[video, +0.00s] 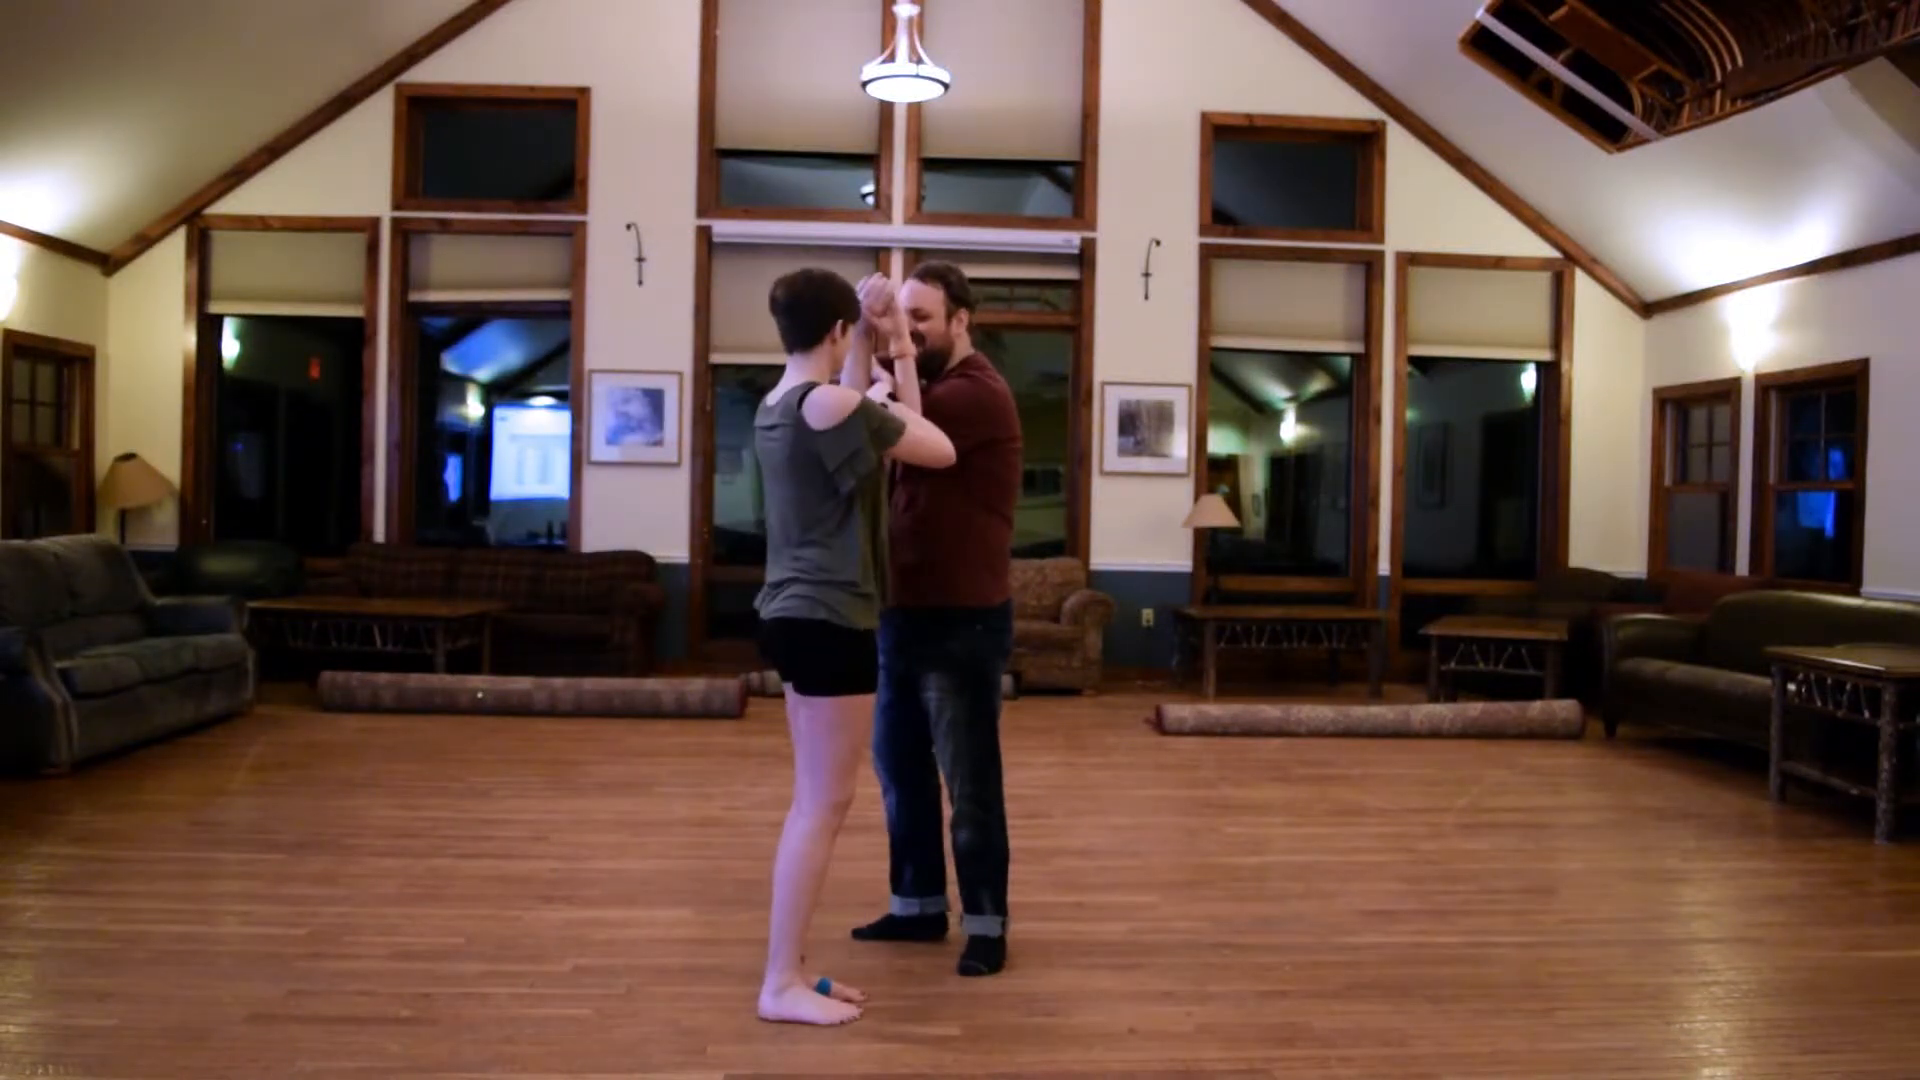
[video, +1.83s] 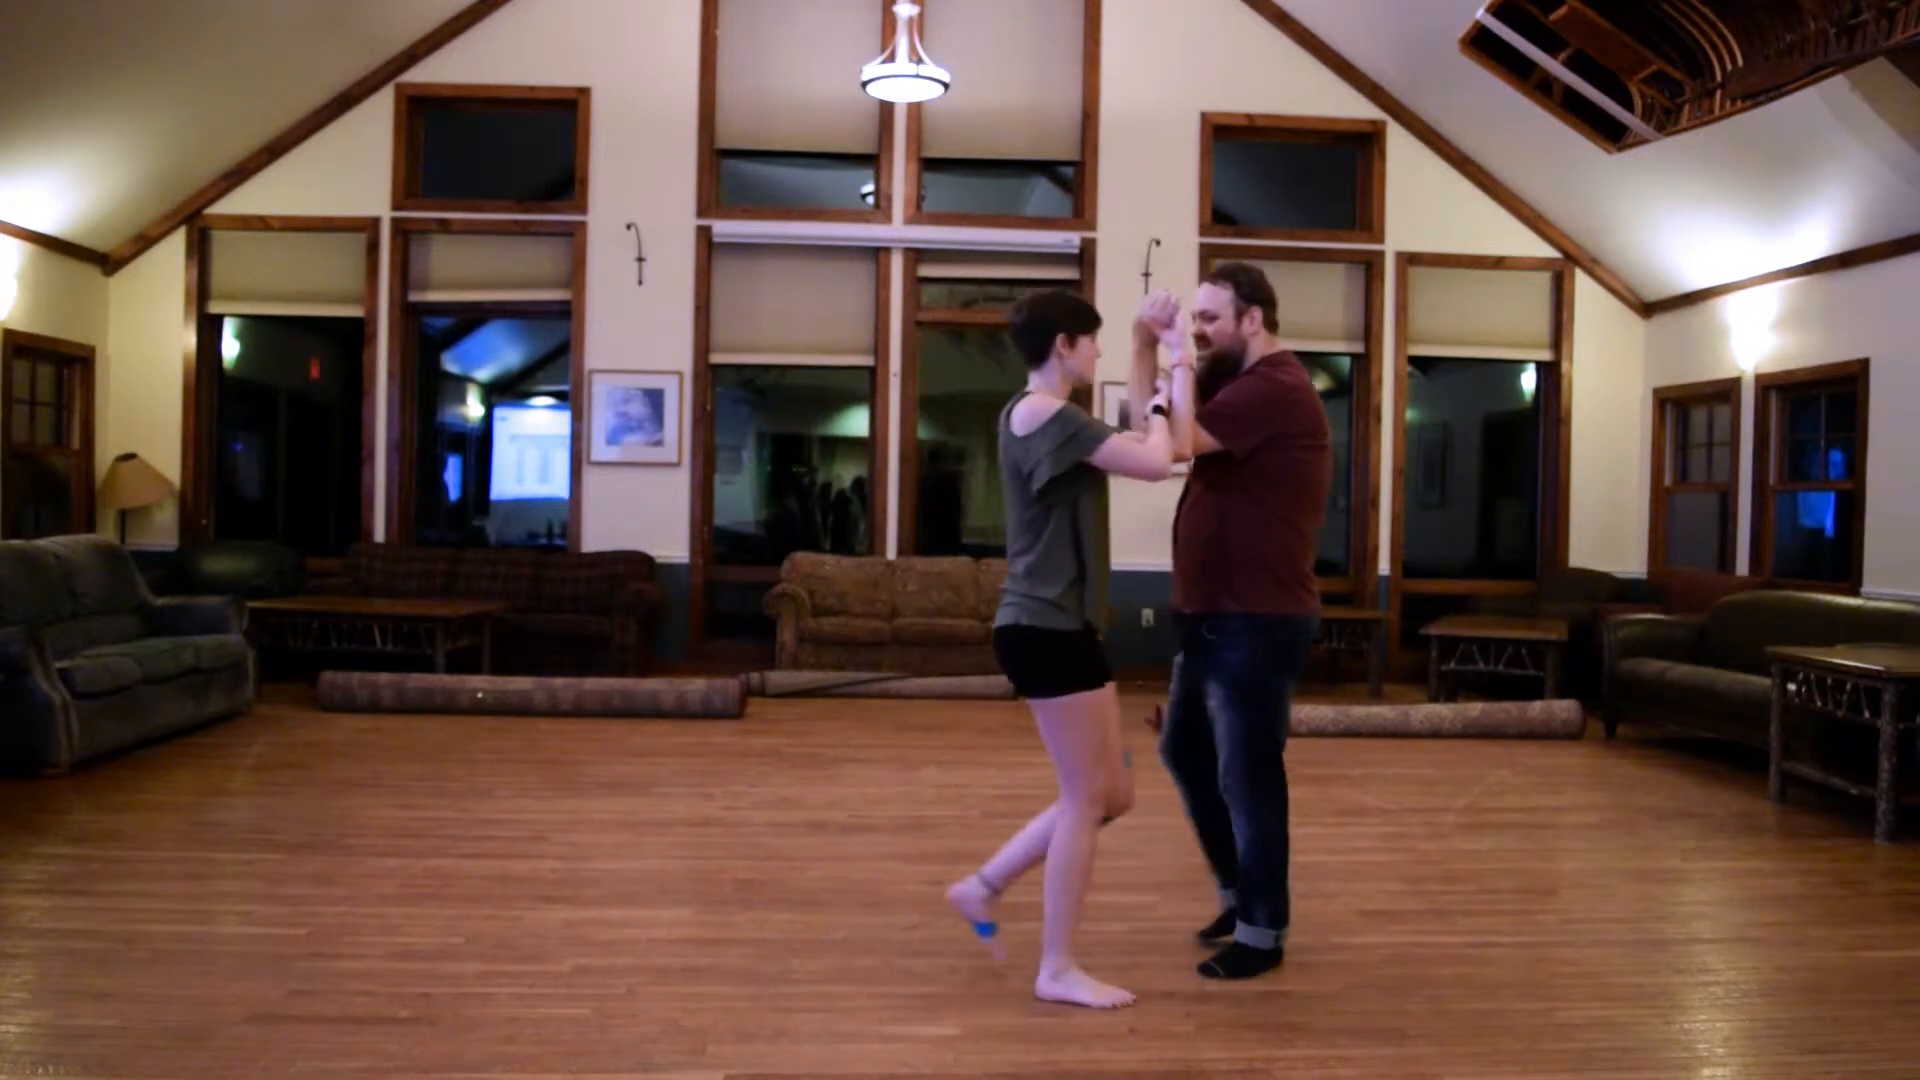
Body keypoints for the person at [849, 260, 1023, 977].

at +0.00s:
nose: (906, 330)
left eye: (921, 317)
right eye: (901, 317)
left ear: (960, 321)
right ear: (903, 322)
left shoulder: (980, 390)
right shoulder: (919, 385)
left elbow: (901, 440)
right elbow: (858, 416)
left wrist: (898, 354)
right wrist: (864, 337)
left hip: (965, 611)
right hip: (904, 608)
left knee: (967, 771)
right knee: (901, 762)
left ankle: (985, 922)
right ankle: (917, 906)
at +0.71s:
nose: (991, 327)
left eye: (1005, 314)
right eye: (990, 315)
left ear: (1049, 315)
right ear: (1007, 321)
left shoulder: (1067, 385)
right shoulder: (1023, 381)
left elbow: (973, 424)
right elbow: (932, 413)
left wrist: (972, 349)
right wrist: (940, 329)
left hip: (1044, 619)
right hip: (995, 613)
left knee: (1032, 776)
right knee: (957, 739)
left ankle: (1038, 924)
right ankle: (1005, 877)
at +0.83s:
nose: (1018, 322)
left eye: (1030, 310)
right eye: (1016, 311)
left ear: (1073, 314)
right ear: (1032, 317)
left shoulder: (1090, 384)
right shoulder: (1045, 372)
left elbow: (990, 427)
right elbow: (969, 396)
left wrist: (977, 347)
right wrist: (966, 329)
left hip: (1064, 617)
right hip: (1019, 611)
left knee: (1045, 775)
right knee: (998, 748)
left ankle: (1039, 928)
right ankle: (1099, 863)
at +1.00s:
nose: (1044, 327)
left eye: (1056, 315)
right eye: (1044, 316)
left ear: (1097, 318)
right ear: (1082, 319)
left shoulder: (1111, 389)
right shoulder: (1080, 373)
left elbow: (1001, 434)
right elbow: (983, 401)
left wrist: (1002, 353)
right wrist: (984, 335)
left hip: (1085, 618)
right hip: (1068, 613)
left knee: (1051, 775)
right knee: (1089, 765)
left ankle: (1040, 927)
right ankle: (1153, 910)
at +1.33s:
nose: (1101, 328)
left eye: (1111, 315)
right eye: (1100, 315)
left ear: (1154, 318)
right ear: (1150, 321)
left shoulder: (1167, 388)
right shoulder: (1154, 381)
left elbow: (1061, 430)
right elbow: (1059, 419)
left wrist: (1054, 344)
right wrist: (1051, 343)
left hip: (1143, 614)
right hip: (1153, 610)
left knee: (1093, 755)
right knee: (1149, 760)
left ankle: (1150, 922)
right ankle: (1161, 921)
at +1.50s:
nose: (1132, 330)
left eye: (1142, 317)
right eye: (1131, 317)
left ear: (1183, 318)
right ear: (1170, 320)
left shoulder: (1205, 387)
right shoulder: (1164, 376)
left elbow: (1105, 438)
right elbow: (1076, 418)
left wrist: (1103, 362)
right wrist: (1079, 342)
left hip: (1183, 615)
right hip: (1148, 611)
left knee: (1159, 774)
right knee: (1151, 773)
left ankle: (1247, 907)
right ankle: (1160, 926)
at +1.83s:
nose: (1197, 333)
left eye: (1209, 319)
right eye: (1194, 320)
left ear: (1251, 319)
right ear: (1231, 320)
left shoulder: (1277, 385)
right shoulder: (1229, 378)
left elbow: (1178, 440)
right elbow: (1147, 426)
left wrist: (1168, 358)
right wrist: (1149, 347)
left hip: (1259, 619)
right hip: (1211, 615)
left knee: (1248, 772)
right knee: (1186, 749)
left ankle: (1264, 929)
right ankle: (1241, 896)